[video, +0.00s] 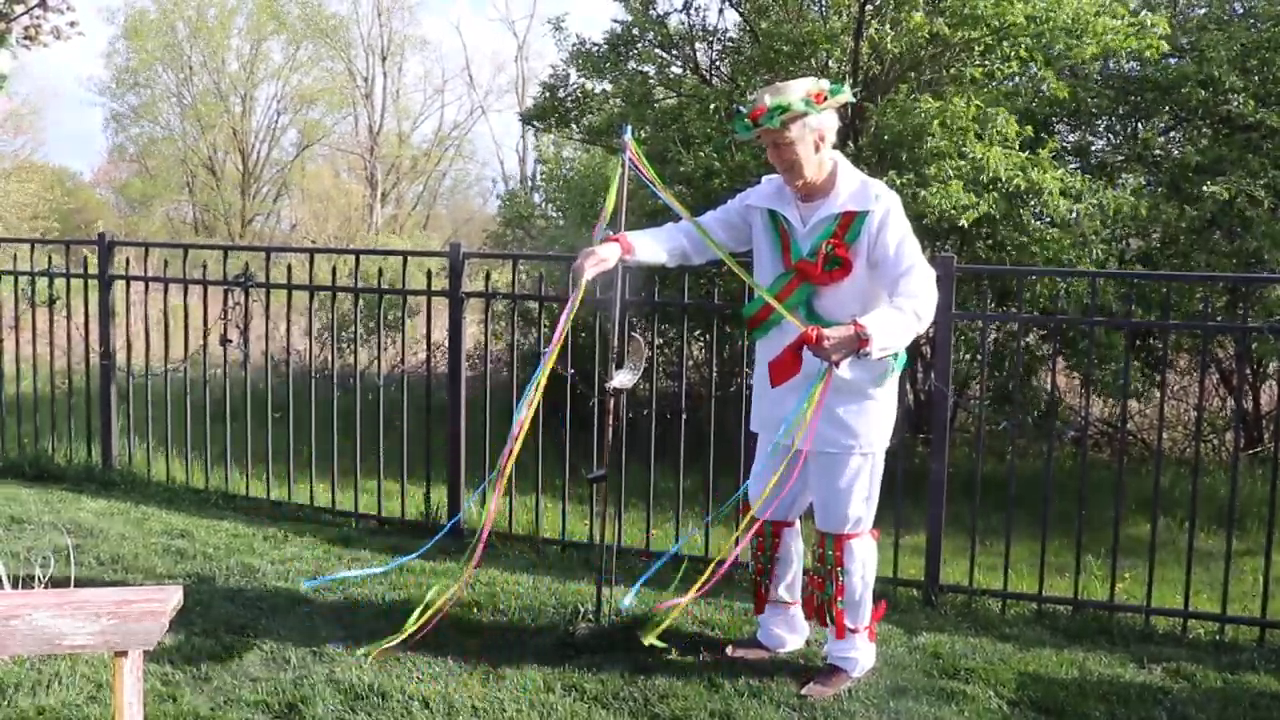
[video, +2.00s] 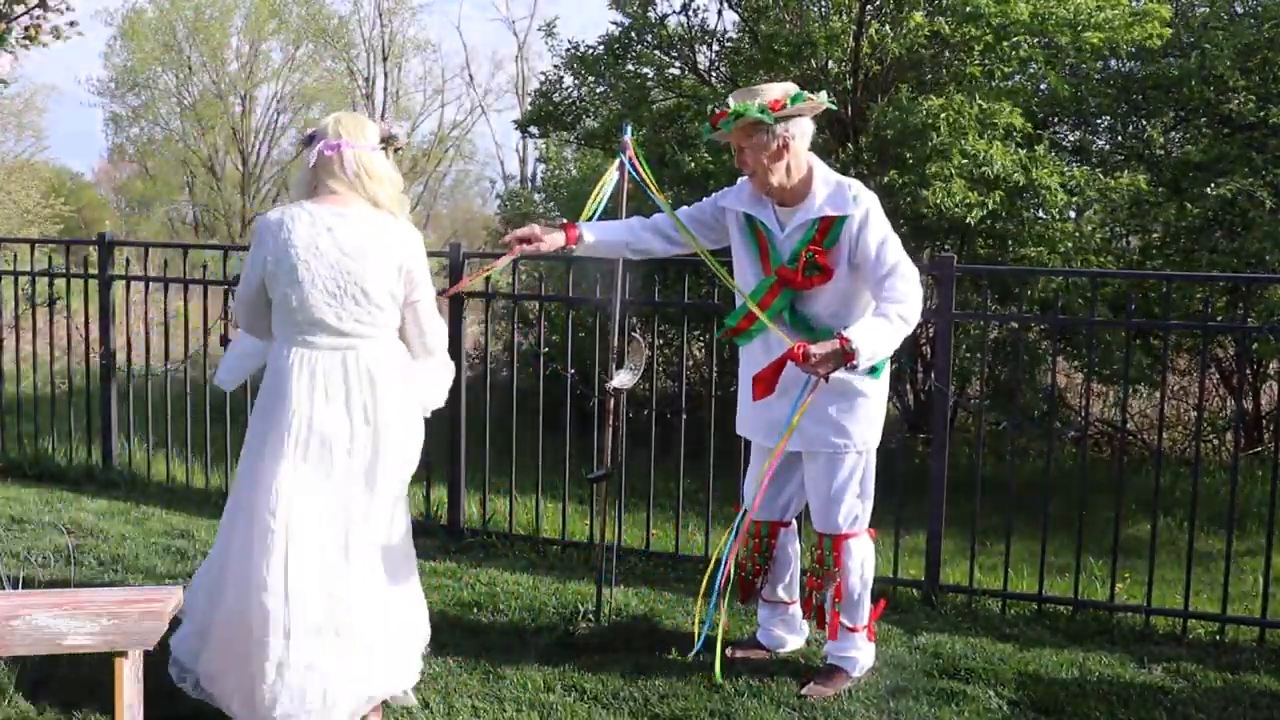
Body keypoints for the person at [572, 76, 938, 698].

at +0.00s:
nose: (773, 156)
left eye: (784, 143)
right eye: (767, 145)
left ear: (823, 136)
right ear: (765, 146)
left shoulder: (875, 205)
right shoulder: (761, 203)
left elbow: (918, 292)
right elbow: (691, 236)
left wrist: (863, 332)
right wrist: (619, 247)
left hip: (855, 384)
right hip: (779, 376)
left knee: (844, 520)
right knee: (773, 507)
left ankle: (849, 655)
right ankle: (779, 634)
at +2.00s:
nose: (741, 162)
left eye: (750, 147)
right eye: (737, 149)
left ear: (789, 144)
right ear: (743, 150)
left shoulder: (853, 205)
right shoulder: (736, 205)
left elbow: (902, 297)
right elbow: (653, 232)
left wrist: (851, 347)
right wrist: (565, 236)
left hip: (846, 385)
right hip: (773, 380)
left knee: (841, 520)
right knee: (767, 511)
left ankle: (850, 655)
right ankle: (779, 634)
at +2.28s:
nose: (726, 162)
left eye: (733, 149)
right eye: (724, 150)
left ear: (774, 144)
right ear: (765, 149)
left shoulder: (846, 204)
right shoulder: (741, 209)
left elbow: (897, 294)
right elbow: (667, 247)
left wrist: (836, 352)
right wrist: (575, 257)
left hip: (851, 381)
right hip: (779, 375)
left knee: (842, 519)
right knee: (768, 504)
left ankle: (851, 656)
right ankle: (794, 637)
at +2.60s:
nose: (719, 167)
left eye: (724, 153)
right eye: (716, 155)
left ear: (764, 144)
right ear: (752, 148)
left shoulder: (835, 206)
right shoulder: (747, 216)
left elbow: (882, 304)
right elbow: (696, 286)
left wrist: (818, 358)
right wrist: (617, 311)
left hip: (843, 379)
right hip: (777, 376)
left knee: (811, 513)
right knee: (767, 506)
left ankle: (874, 666)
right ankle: (801, 642)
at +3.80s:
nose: (908, 153)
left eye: (914, 137)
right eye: (905, 140)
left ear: (958, 129)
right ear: (952, 132)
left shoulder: (1002, 199)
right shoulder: (970, 206)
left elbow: (984, 309)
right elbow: (964, 315)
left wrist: (875, 302)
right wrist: (881, 324)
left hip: (1021, 413)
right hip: (985, 414)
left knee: (984, 553)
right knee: (971, 553)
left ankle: (1066, 701)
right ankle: (990, 700)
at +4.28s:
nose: (981, 153)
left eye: (988, 136)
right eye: (980, 138)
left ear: (1035, 135)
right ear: (1034, 138)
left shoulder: (1081, 213)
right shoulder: (1038, 216)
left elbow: (1053, 328)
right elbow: (1033, 327)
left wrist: (935, 329)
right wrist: (934, 334)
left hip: (1091, 445)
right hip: (1045, 441)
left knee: (1070, 600)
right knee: (1001, 557)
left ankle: (1099, 712)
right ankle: (992, 699)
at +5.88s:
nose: (1026, 125)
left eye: (1036, 111)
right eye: (1025, 112)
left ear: (1083, 113)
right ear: (1071, 116)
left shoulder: (1109, 193)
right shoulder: (1076, 193)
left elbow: (1057, 299)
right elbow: (1046, 297)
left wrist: (951, 277)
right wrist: (952, 276)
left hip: (1102, 424)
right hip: (1076, 421)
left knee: (1065, 573)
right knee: (1061, 570)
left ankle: (1100, 710)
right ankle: (1090, 706)